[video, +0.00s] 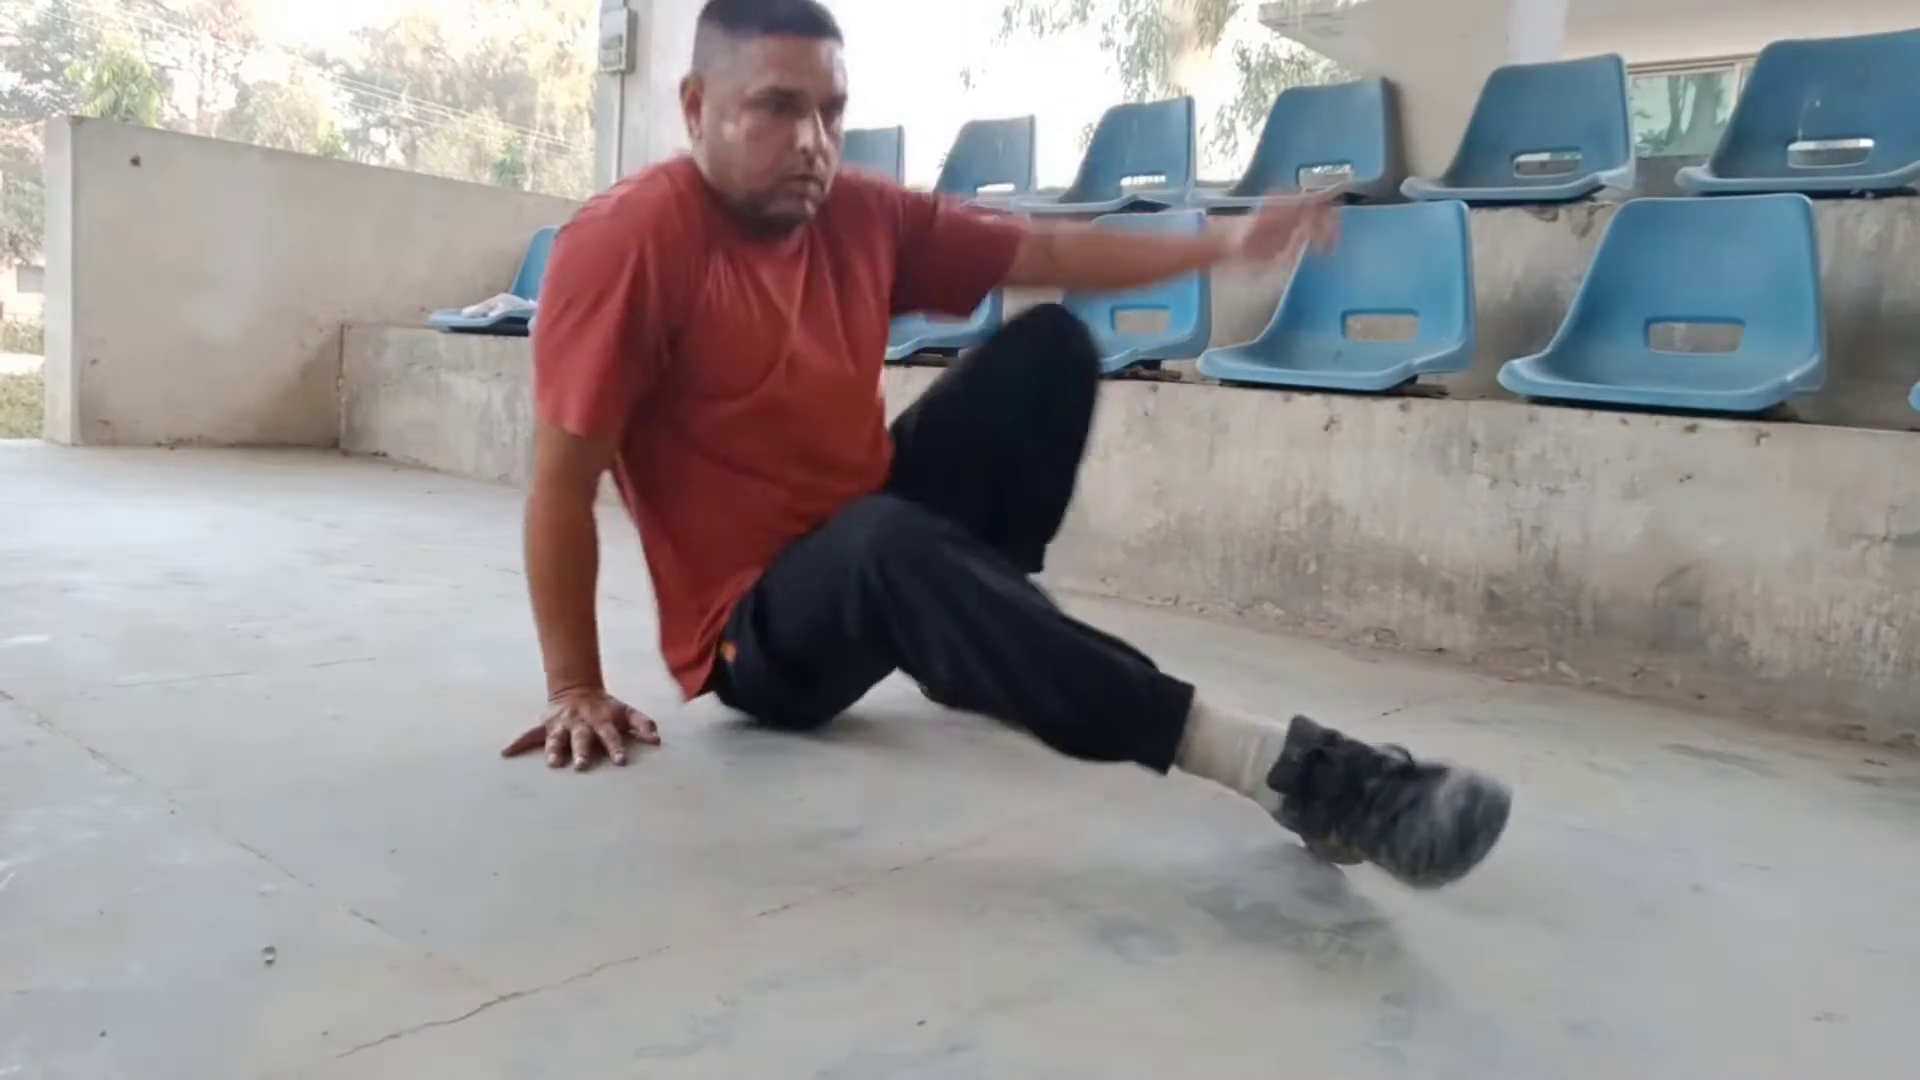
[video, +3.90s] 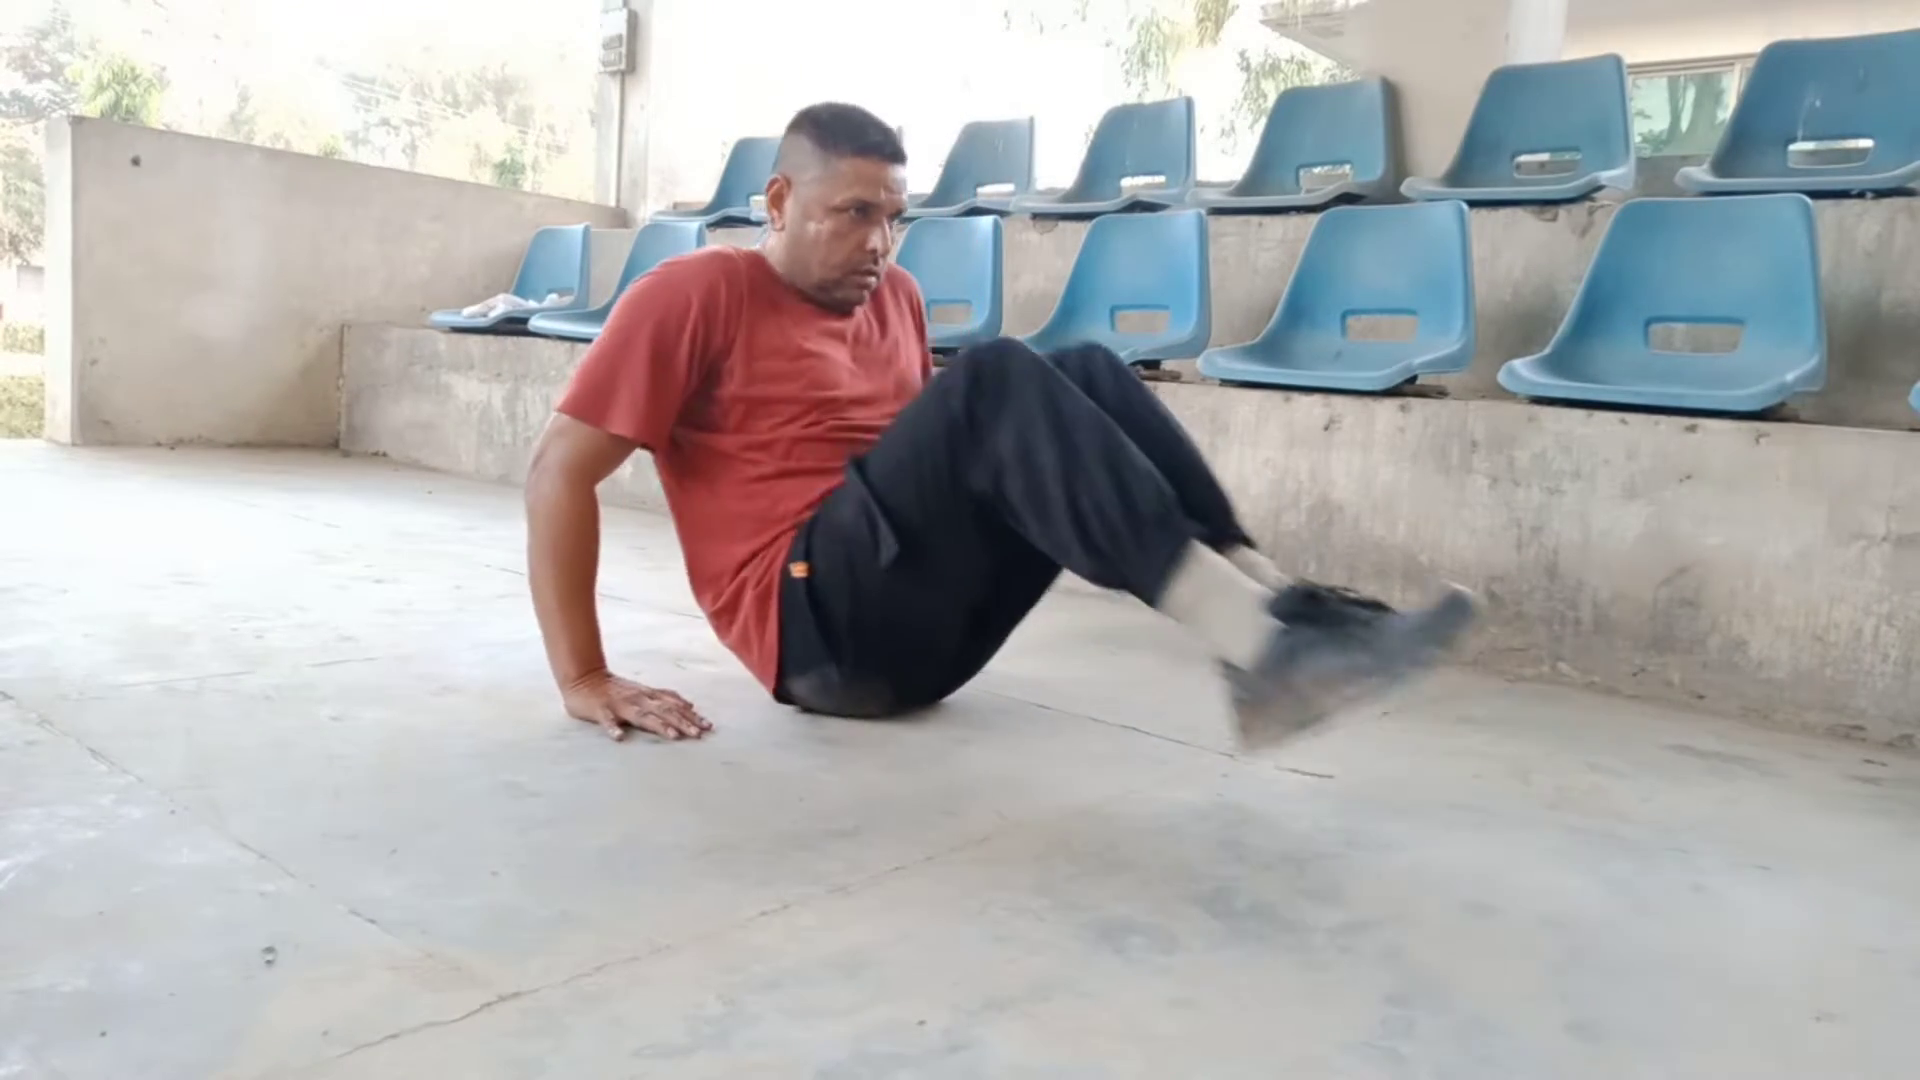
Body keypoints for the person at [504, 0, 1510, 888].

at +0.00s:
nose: (811, 144)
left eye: (829, 114)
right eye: (778, 112)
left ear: (843, 107)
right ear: (695, 106)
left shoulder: (858, 211)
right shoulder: (623, 243)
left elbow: (1041, 254)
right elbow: (562, 478)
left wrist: (1223, 245)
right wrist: (574, 687)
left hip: (878, 540)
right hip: (755, 632)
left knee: (1048, 345)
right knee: (885, 539)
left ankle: (976, 637)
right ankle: (1289, 771)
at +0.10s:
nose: (823, 184)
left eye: (837, 149)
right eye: (791, 151)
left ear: (846, 147)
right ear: (704, 147)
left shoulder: (852, 263)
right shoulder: (618, 261)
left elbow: (996, 337)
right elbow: (520, 481)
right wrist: (567, 687)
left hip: (861, 562)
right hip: (731, 650)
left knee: (995, 344)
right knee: (867, 558)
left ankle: (983, 618)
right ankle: (1284, 775)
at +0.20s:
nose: (827, 206)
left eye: (840, 178)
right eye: (799, 174)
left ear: (843, 171)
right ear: (705, 160)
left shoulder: (819, 270)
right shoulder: (608, 264)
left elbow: (905, 394)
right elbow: (502, 486)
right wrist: (568, 686)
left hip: (851, 563)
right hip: (734, 650)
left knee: (989, 340)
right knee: (887, 543)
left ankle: (1056, 612)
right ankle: (1287, 765)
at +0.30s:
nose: (822, 206)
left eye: (834, 177)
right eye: (793, 178)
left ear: (837, 166)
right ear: (699, 166)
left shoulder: (808, 263)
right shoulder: (614, 269)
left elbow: (832, 432)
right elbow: (500, 487)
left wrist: (884, 534)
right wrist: (568, 687)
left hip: (848, 561)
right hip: (741, 647)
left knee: (1028, 366)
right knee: (913, 510)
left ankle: (1188, 641)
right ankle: (1295, 756)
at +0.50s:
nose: (840, 214)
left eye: (851, 187)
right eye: (813, 188)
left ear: (846, 180)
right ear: (728, 178)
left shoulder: (821, 284)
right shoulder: (639, 282)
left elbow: (809, 460)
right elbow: (502, 483)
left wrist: (895, 618)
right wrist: (565, 686)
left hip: (859, 586)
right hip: (763, 632)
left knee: (1097, 432)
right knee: (970, 479)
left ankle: (1357, 661)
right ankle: (1319, 753)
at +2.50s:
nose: (953, 218)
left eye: (966, 194)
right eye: (932, 190)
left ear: (966, 194)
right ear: (852, 179)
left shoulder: (944, 298)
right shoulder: (759, 278)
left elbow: (924, 470)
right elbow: (655, 479)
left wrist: (917, 636)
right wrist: (709, 680)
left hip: (930, 610)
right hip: (836, 624)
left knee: (1177, 457)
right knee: (1084, 462)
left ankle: (1443, 716)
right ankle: (1397, 746)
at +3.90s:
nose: (881, 241)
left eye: (893, 217)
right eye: (856, 214)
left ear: (900, 211)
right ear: (779, 203)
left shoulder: (894, 300)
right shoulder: (694, 297)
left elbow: (902, 450)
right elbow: (560, 471)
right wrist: (582, 678)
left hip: (915, 625)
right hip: (817, 629)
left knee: (1087, 369)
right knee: (996, 377)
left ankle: (1285, 618)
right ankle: (1246, 655)